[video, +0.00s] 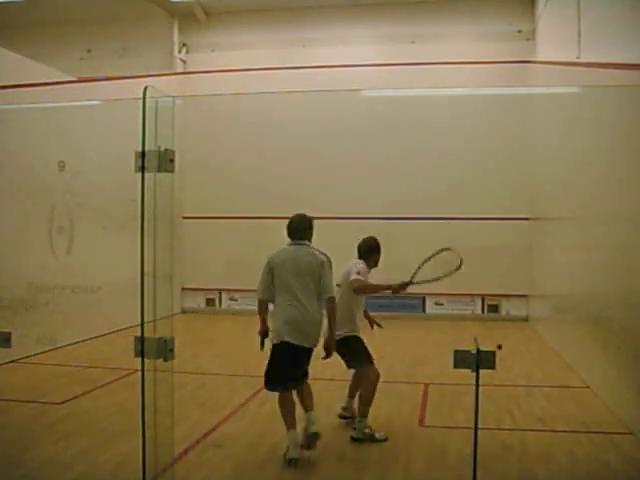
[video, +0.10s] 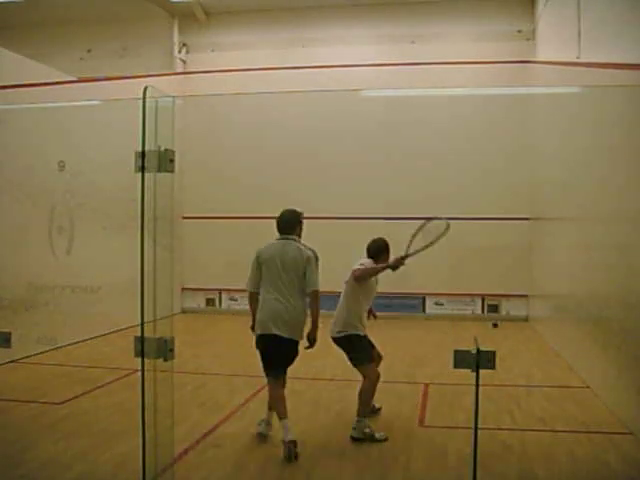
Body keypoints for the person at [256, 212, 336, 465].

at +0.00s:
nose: (309, 234)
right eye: (310, 230)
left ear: (287, 233)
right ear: (311, 233)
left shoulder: (275, 259)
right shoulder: (321, 260)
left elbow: (262, 298)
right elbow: (330, 301)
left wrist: (263, 325)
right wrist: (331, 336)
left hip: (283, 331)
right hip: (310, 332)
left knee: (283, 387)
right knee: (301, 378)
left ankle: (292, 442)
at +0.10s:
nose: (302, 229)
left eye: (300, 225)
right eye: (302, 226)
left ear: (277, 228)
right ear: (299, 228)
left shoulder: (263, 252)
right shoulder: (307, 254)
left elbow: (252, 291)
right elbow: (313, 293)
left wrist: (254, 318)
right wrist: (314, 326)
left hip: (264, 322)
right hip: (293, 324)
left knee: (275, 380)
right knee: (278, 376)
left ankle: (287, 434)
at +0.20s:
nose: (292, 234)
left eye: (289, 230)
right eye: (291, 230)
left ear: (267, 233)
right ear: (289, 233)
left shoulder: (253, 257)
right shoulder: (297, 260)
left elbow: (241, 295)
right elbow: (302, 298)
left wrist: (243, 323)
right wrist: (301, 330)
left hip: (253, 325)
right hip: (279, 329)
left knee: (257, 375)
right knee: (262, 374)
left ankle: (269, 418)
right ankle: (249, 415)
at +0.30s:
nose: (280, 234)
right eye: (279, 231)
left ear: (257, 234)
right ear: (278, 235)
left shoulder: (244, 258)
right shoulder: (286, 261)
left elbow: (231, 295)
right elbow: (295, 300)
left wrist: (230, 324)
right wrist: (293, 331)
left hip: (244, 324)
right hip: (271, 326)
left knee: (236, 366)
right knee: (260, 369)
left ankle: (246, 403)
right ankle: (249, 413)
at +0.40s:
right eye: (267, 229)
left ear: (248, 233)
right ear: (268, 233)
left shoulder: (236, 255)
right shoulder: (277, 256)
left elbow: (221, 292)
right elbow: (294, 291)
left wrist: (219, 323)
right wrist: (285, 317)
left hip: (236, 315)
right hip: (264, 316)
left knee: (224, 357)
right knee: (268, 357)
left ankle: (221, 406)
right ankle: (258, 404)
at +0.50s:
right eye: (258, 239)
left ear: (239, 242)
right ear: (259, 241)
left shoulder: (229, 263)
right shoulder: (269, 261)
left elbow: (211, 299)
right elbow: (291, 293)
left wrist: (207, 329)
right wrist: (283, 323)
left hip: (227, 319)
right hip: (257, 321)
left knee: (209, 361)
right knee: (272, 363)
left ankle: (194, 406)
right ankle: (281, 411)